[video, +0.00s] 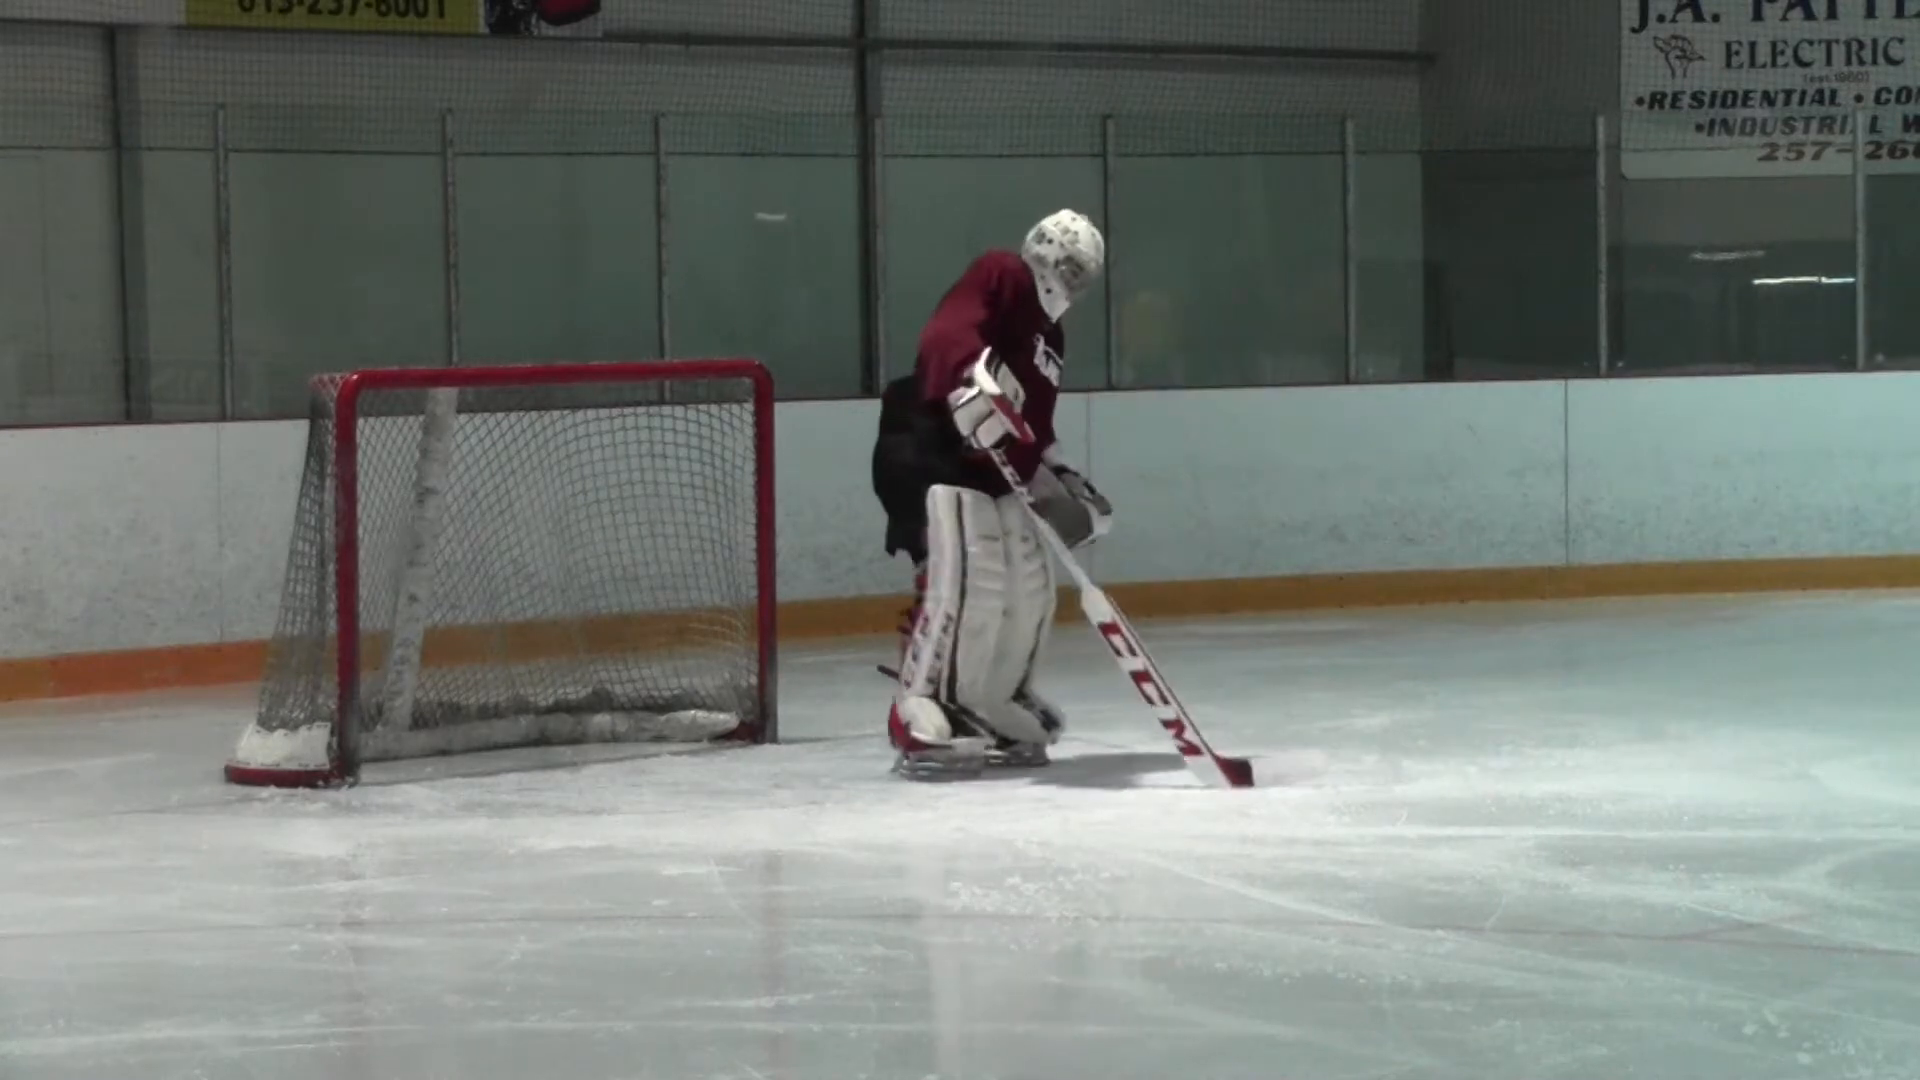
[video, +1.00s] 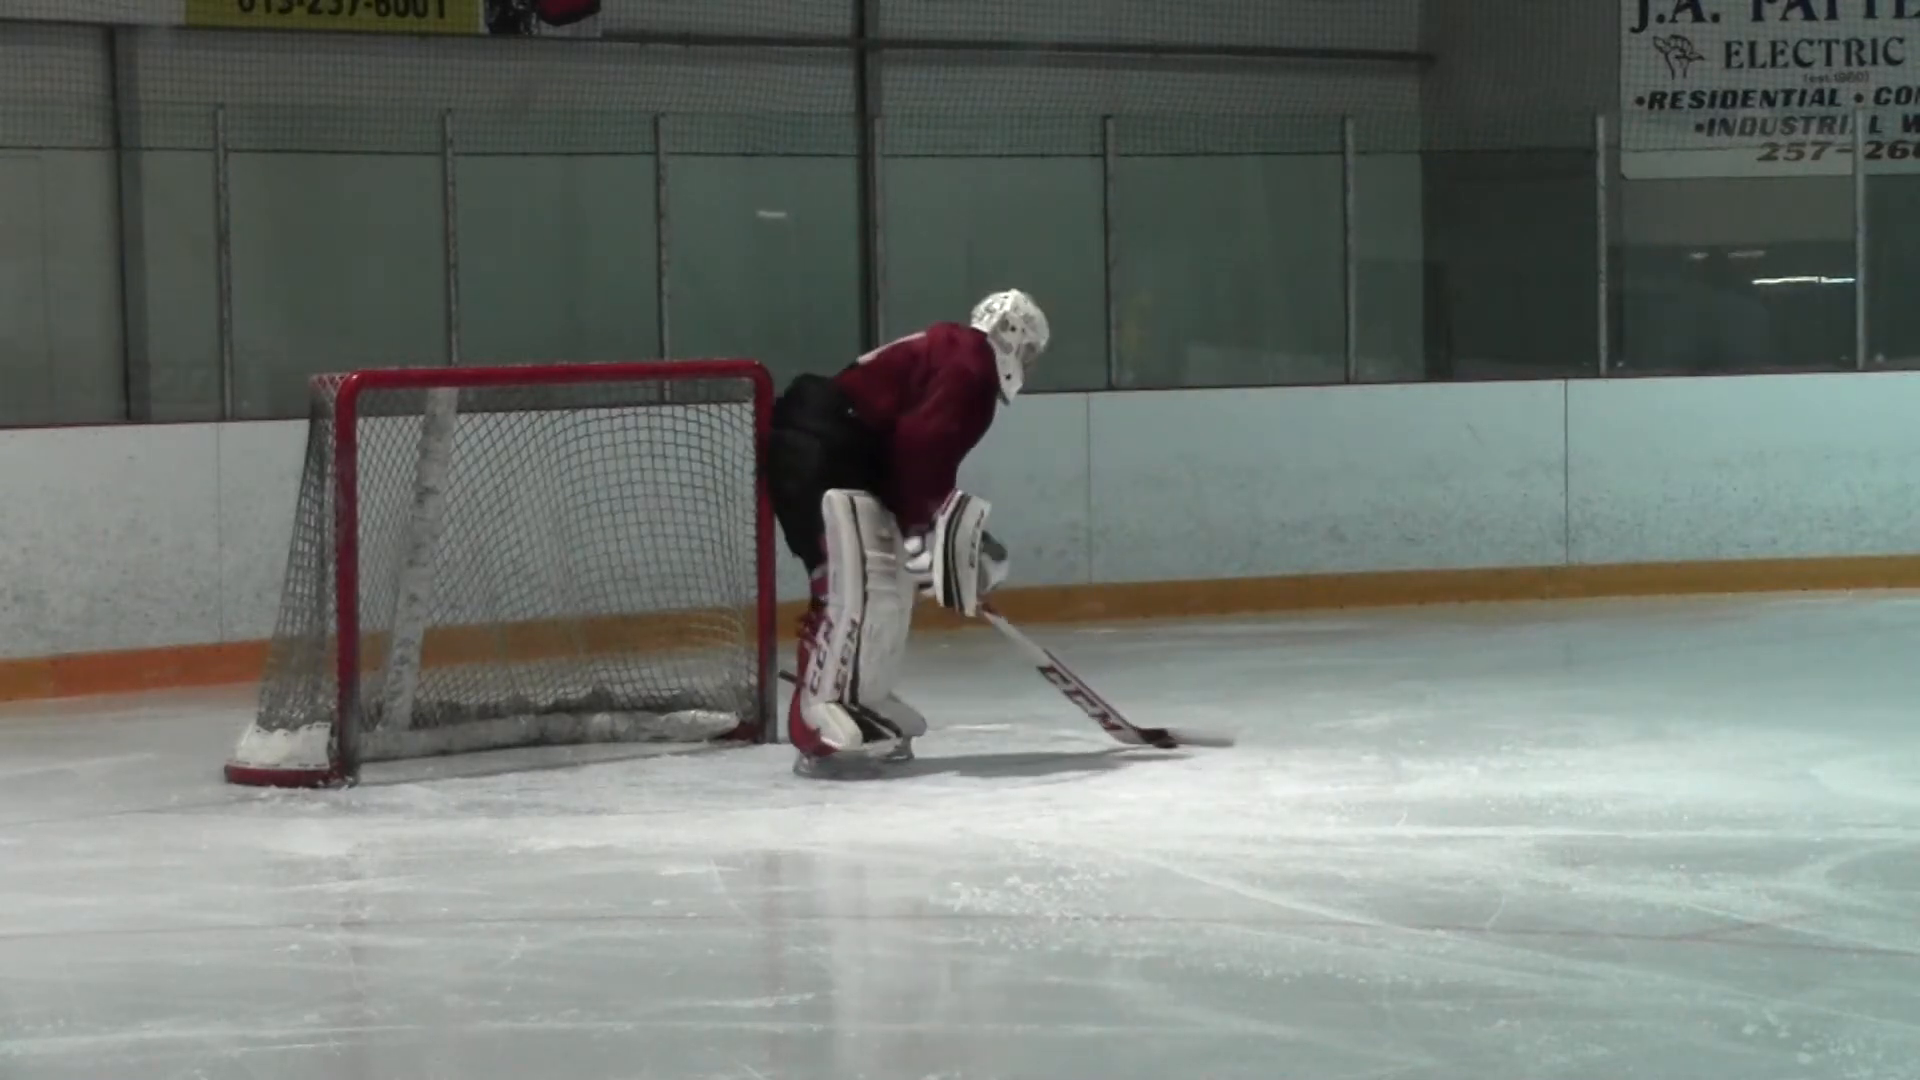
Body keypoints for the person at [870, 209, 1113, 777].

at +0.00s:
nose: (1065, 289)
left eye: (1077, 281)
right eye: (1062, 272)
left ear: (1082, 278)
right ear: (1041, 255)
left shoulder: (1050, 335)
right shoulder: (1000, 273)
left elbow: (1032, 425)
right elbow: (947, 335)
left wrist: (1054, 475)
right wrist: (973, 395)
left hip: (1012, 483)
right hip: (962, 475)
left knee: (1030, 595)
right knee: (974, 594)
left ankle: (995, 701)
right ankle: (942, 709)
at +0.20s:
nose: (1038, 289)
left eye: (1050, 282)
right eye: (1035, 273)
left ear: (1055, 280)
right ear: (1014, 255)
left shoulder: (1027, 339)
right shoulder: (976, 266)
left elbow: (1016, 418)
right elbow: (912, 295)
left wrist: (1043, 466)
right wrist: (957, 346)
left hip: (979, 477)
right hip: (928, 468)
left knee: (998, 589)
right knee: (953, 589)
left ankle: (964, 696)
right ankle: (925, 709)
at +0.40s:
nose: (1032, 290)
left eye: (1037, 279)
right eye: (1029, 275)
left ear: (1014, 270)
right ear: (1005, 262)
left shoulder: (989, 325)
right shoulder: (958, 282)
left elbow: (984, 421)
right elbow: (933, 366)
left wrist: (1013, 483)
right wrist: (969, 448)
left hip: (935, 468)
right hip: (893, 460)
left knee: (963, 585)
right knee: (928, 585)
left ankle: (932, 697)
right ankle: (891, 711)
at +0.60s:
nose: (1031, 309)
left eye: (1035, 299)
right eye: (1026, 295)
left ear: (988, 284)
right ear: (1006, 290)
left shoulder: (977, 331)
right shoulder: (970, 324)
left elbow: (963, 430)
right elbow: (940, 413)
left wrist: (974, 506)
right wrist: (946, 500)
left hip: (889, 464)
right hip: (863, 461)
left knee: (925, 584)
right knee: (897, 585)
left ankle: (910, 701)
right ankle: (871, 711)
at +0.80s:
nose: (1031, 358)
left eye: (1035, 348)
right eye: (1032, 345)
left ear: (988, 318)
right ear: (1020, 336)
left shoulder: (956, 345)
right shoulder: (977, 365)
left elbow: (949, 458)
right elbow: (936, 447)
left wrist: (948, 541)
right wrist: (927, 536)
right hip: (832, 445)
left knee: (874, 574)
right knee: (873, 577)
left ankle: (867, 701)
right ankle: (849, 706)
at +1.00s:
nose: (1027, 365)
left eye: (1032, 356)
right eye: (1028, 351)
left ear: (988, 324)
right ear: (1013, 338)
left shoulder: (963, 357)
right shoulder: (967, 361)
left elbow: (926, 452)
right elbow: (921, 439)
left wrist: (947, 535)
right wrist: (919, 529)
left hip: (853, 457)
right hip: (826, 450)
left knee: (887, 584)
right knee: (857, 586)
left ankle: (867, 700)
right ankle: (826, 708)